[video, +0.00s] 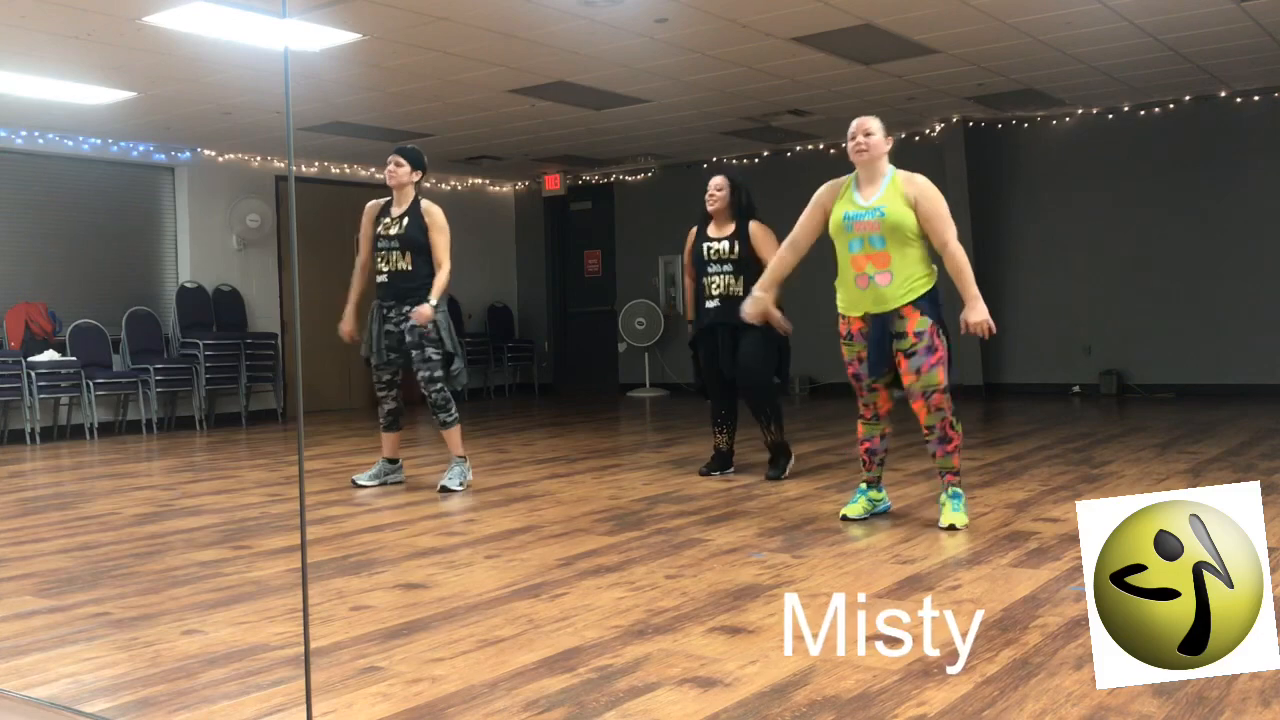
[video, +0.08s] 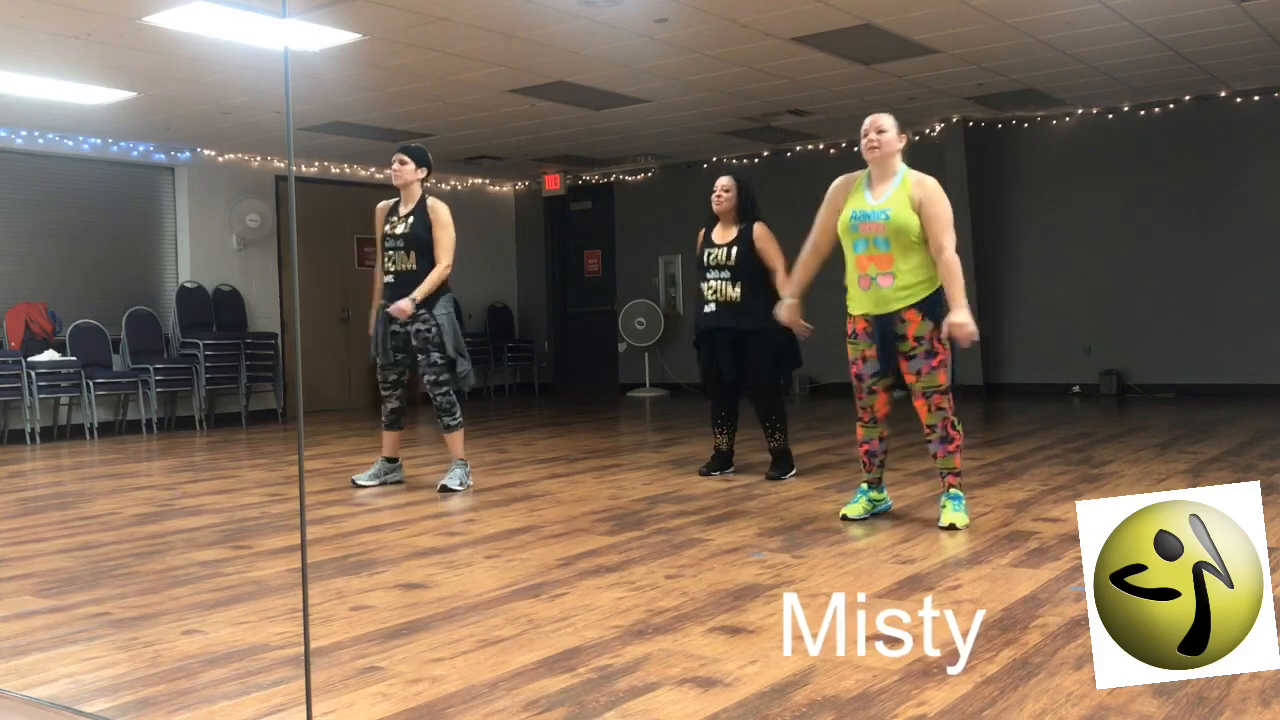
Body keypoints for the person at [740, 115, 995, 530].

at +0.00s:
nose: (859, 140)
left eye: (868, 133)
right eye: (853, 136)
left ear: (888, 143)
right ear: (846, 149)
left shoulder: (915, 187)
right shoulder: (831, 194)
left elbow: (949, 245)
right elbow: (793, 246)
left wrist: (973, 300)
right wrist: (762, 290)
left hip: (913, 308)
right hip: (857, 315)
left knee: (931, 397)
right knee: (870, 403)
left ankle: (952, 491)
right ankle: (872, 490)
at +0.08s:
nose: (871, 137)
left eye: (881, 130)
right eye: (866, 133)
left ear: (901, 141)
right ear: (860, 146)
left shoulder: (923, 188)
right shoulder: (843, 188)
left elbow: (945, 251)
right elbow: (816, 247)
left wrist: (959, 307)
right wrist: (791, 295)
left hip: (918, 309)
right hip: (863, 314)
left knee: (933, 402)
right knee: (868, 404)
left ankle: (952, 493)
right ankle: (873, 490)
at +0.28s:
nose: (888, 141)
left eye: (898, 135)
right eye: (882, 137)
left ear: (920, 146)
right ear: (877, 150)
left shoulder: (935, 193)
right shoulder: (864, 192)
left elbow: (945, 251)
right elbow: (874, 253)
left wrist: (930, 301)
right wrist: (876, 303)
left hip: (933, 314)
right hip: (878, 314)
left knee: (942, 406)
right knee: (824, 371)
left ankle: (951, 494)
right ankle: (858, 456)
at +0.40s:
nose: (887, 141)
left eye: (897, 134)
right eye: (881, 137)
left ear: (919, 145)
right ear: (876, 150)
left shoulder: (935, 191)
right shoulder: (865, 194)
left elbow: (945, 249)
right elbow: (874, 256)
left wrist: (937, 307)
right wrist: (874, 308)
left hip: (931, 311)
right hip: (877, 311)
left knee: (940, 403)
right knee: (827, 374)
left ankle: (951, 494)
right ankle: (858, 459)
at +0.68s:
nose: (868, 138)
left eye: (876, 131)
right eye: (860, 134)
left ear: (893, 140)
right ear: (851, 147)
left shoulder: (921, 182)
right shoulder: (838, 197)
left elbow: (956, 242)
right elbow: (821, 257)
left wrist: (978, 298)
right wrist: (783, 289)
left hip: (915, 309)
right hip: (857, 314)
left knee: (934, 399)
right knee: (857, 402)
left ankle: (948, 492)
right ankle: (863, 491)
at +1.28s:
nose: (889, 148)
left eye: (899, 140)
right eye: (885, 143)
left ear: (925, 145)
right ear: (882, 150)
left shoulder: (940, 194)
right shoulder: (881, 189)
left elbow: (950, 264)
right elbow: (886, 248)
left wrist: (920, 239)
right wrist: (882, 298)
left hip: (932, 311)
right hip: (885, 308)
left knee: (935, 405)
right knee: (828, 368)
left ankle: (944, 497)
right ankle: (849, 461)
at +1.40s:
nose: (894, 144)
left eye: (903, 136)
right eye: (889, 140)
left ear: (929, 142)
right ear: (887, 149)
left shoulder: (943, 190)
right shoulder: (887, 188)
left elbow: (949, 261)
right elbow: (891, 249)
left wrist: (920, 233)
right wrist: (885, 297)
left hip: (934, 310)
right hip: (889, 308)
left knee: (938, 405)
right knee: (838, 374)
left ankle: (944, 496)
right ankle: (851, 470)